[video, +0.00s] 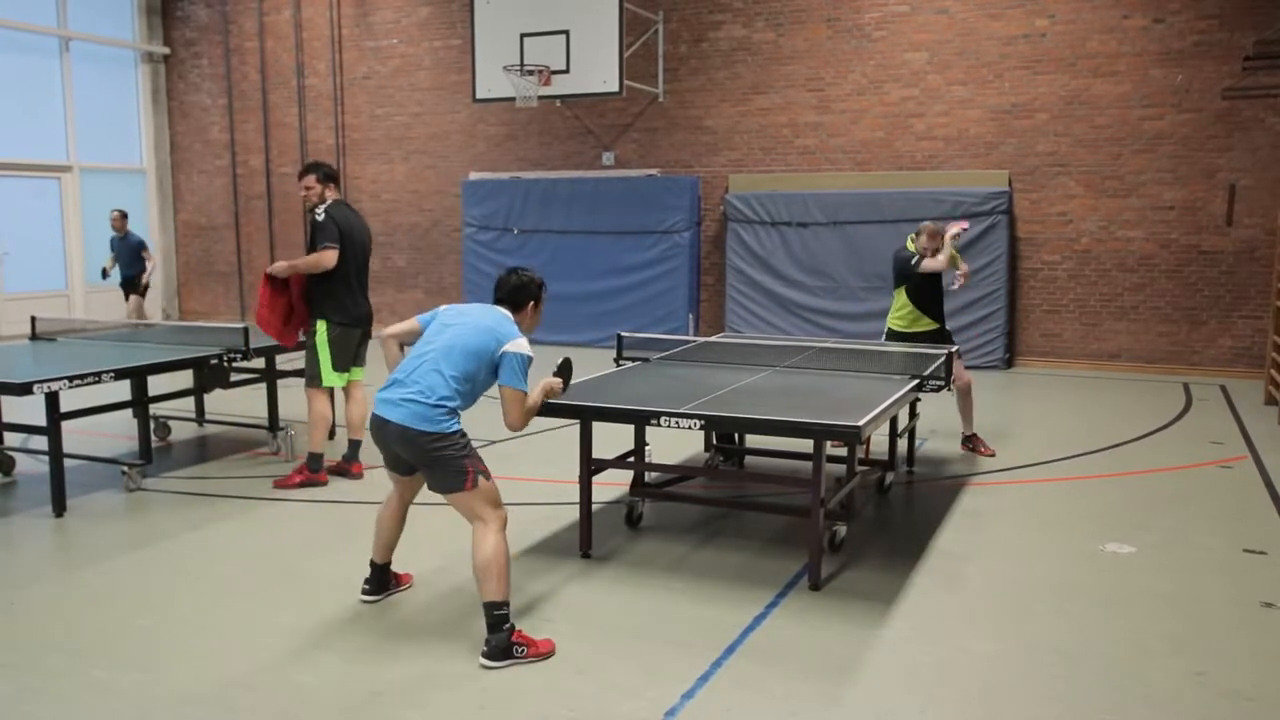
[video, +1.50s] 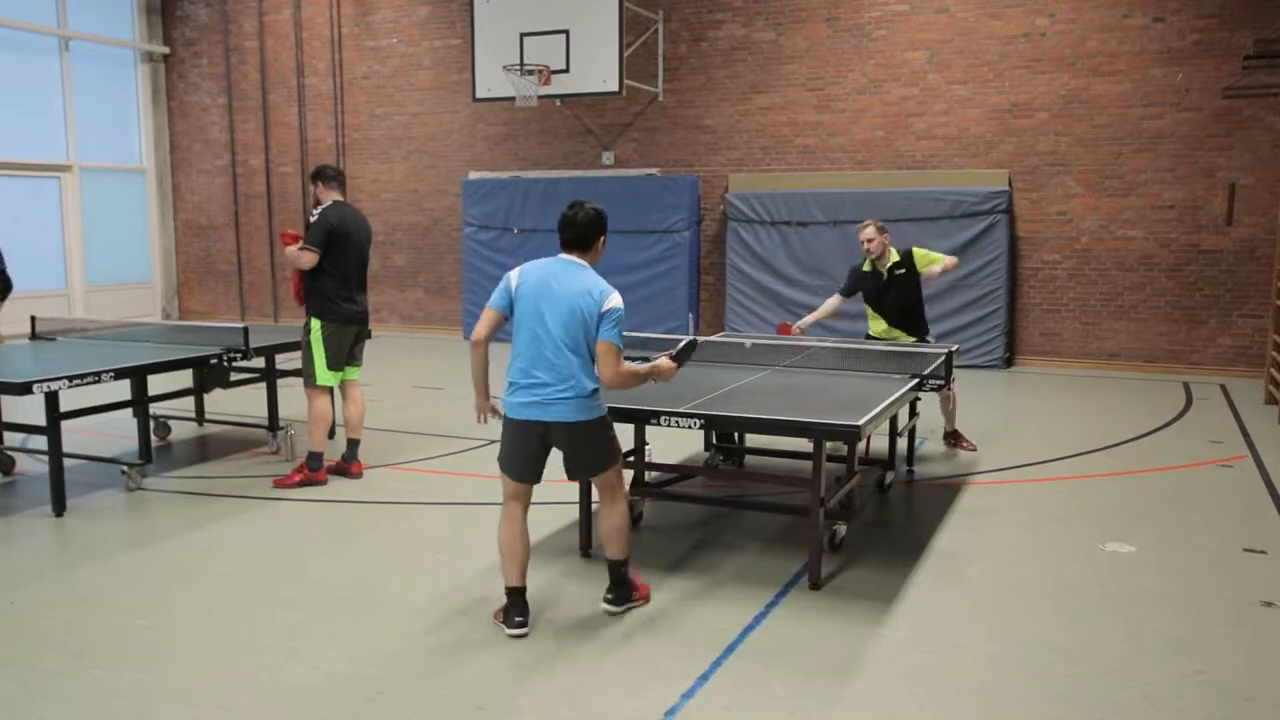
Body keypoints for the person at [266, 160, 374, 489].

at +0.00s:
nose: (304, 195)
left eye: (309, 189)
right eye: (302, 190)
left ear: (329, 188)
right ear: (334, 192)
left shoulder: (326, 215)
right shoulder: (356, 219)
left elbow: (327, 259)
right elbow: (354, 267)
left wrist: (288, 266)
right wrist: (308, 270)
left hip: (332, 318)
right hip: (359, 315)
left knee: (317, 389)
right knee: (354, 385)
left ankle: (314, 466)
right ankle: (352, 460)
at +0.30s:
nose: (307, 199)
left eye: (308, 193)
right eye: (305, 194)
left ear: (324, 187)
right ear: (334, 188)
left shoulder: (322, 206)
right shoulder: (358, 212)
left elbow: (305, 226)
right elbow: (353, 259)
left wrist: (299, 253)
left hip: (330, 312)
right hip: (359, 311)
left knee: (318, 389)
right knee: (354, 385)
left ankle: (314, 466)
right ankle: (352, 460)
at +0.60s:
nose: (304, 197)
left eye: (304, 191)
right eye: (302, 192)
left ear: (318, 189)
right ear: (333, 187)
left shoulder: (330, 216)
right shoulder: (357, 218)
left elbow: (327, 256)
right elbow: (346, 263)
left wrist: (291, 260)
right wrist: (305, 267)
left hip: (331, 318)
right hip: (359, 316)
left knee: (319, 390)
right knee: (354, 385)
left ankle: (314, 465)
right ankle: (352, 460)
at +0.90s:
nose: (313, 195)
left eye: (313, 190)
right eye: (314, 190)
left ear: (321, 188)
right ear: (341, 187)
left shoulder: (324, 211)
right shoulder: (357, 216)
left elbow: (320, 251)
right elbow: (358, 265)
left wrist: (293, 259)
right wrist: (310, 270)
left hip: (329, 315)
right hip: (358, 314)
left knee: (317, 389)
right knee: (353, 385)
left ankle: (314, 466)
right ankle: (351, 460)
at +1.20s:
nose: (313, 196)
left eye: (314, 190)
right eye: (314, 191)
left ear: (322, 187)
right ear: (343, 188)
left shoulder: (327, 213)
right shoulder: (360, 220)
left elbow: (316, 253)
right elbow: (354, 265)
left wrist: (280, 254)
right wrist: (303, 265)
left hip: (326, 317)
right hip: (356, 315)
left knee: (312, 389)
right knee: (351, 384)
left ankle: (314, 466)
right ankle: (351, 460)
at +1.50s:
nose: (313, 195)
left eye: (313, 190)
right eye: (314, 190)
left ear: (320, 188)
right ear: (342, 187)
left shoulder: (325, 217)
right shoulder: (360, 220)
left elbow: (308, 259)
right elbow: (346, 261)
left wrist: (290, 252)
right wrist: (308, 245)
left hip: (325, 317)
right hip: (356, 315)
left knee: (318, 390)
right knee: (351, 385)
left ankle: (314, 466)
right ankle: (351, 460)